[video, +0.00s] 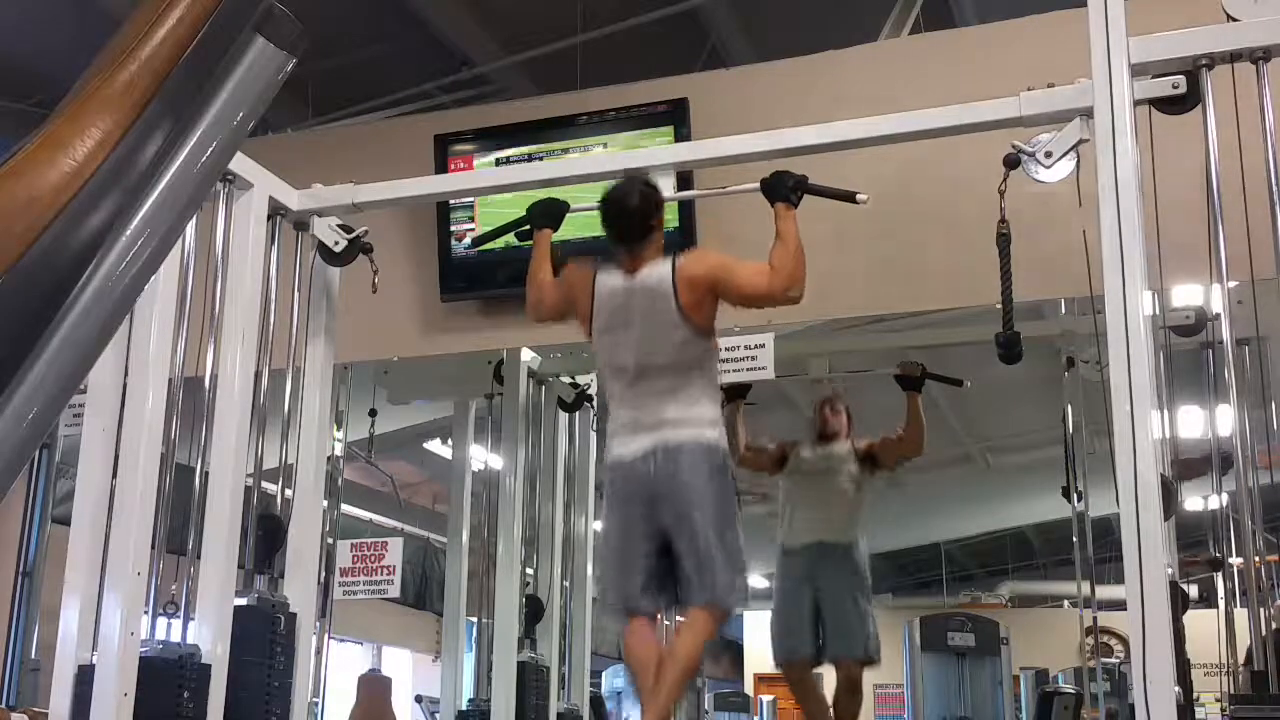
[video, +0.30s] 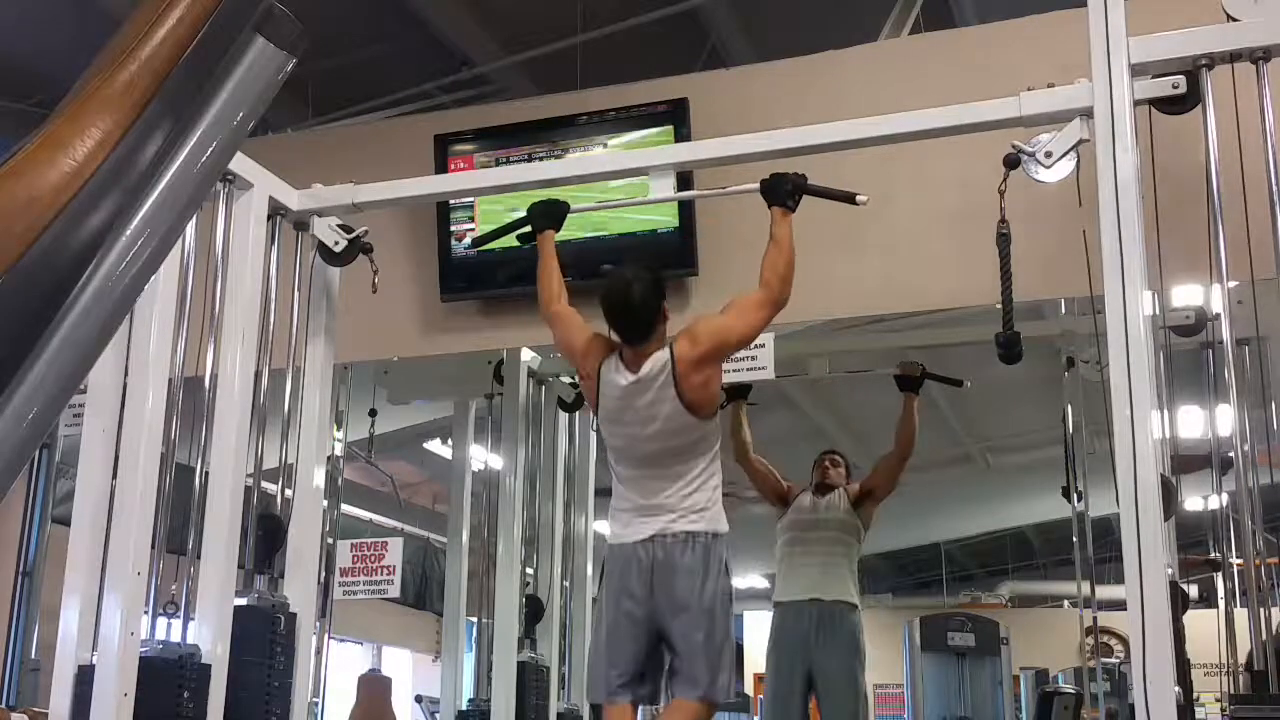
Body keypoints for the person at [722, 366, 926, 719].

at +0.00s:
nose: (828, 414)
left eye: (835, 409)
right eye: (822, 410)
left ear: (848, 421)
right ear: (814, 420)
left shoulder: (860, 452)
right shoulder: (792, 453)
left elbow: (912, 446)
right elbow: (742, 455)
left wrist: (912, 393)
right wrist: (734, 404)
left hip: (842, 561)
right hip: (794, 563)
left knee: (850, 668)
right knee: (794, 666)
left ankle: (845, 716)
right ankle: (824, 716)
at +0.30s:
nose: (827, 466)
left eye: (835, 464)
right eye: (820, 463)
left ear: (847, 476)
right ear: (811, 475)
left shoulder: (860, 499)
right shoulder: (789, 497)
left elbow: (902, 452)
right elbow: (745, 456)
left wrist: (910, 395)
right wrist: (737, 403)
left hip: (839, 614)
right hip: (788, 613)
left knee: (844, 709)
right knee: (781, 708)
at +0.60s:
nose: (828, 422)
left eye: (836, 421)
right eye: (821, 421)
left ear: (849, 437)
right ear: (812, 435)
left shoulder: (860, 462)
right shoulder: (790, 463)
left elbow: (906, 447)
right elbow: (737, 455)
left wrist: (911, 393)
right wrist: (735, 403)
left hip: (840, 569)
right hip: (790, 568)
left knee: (840, 672)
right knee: (778, 670)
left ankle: (835, 718)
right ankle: (804, 716)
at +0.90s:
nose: (824, 365)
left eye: (832, 360)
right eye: (817, 360)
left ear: (844, 372)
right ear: (808, 372)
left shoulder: (863, 410)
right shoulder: (788, 411)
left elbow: (907, 444)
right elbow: (741, 450)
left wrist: (912, 392)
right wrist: (737, 402)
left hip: (842, 512)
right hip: (794, 514)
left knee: (843, 620)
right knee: (788, 615)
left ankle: (833, 712)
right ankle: (830, 709)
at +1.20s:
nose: (828, 422)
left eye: (836, 419)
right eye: (822, 419)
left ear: (849, 434)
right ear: (813, 433)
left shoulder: (862, 463)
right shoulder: (792, 463)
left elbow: (909, 447)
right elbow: (740, 455)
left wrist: (912, 393)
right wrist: (737, 404)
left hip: (843, 572)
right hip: (793, 573)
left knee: (849, 681)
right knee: (796, 681)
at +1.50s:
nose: (826, 463)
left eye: (835, 462)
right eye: (820, 462)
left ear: (848, 476)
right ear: (811, 474)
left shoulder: (859, 499)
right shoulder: (788, 498)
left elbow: (901, 452)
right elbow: (746, 457)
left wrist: (909, 395)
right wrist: (738, 403)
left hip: (840, 613)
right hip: (789, 613)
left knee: (845, 709)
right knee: (784, 708)